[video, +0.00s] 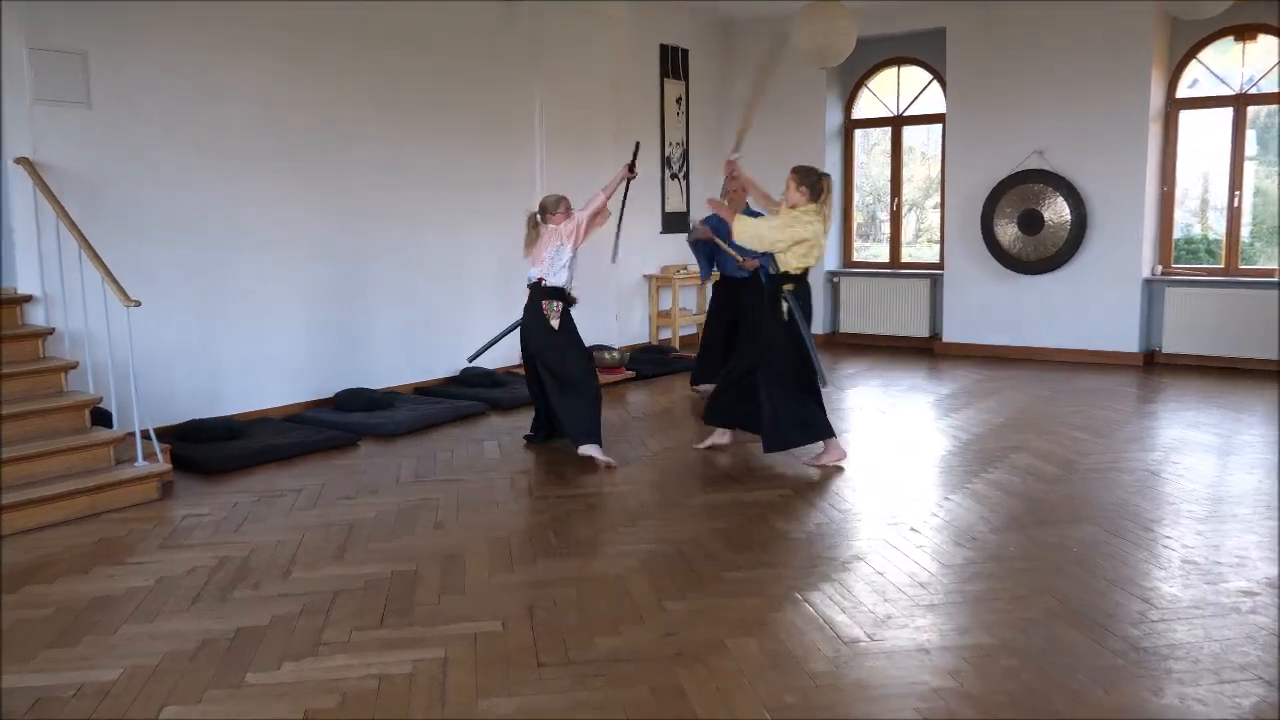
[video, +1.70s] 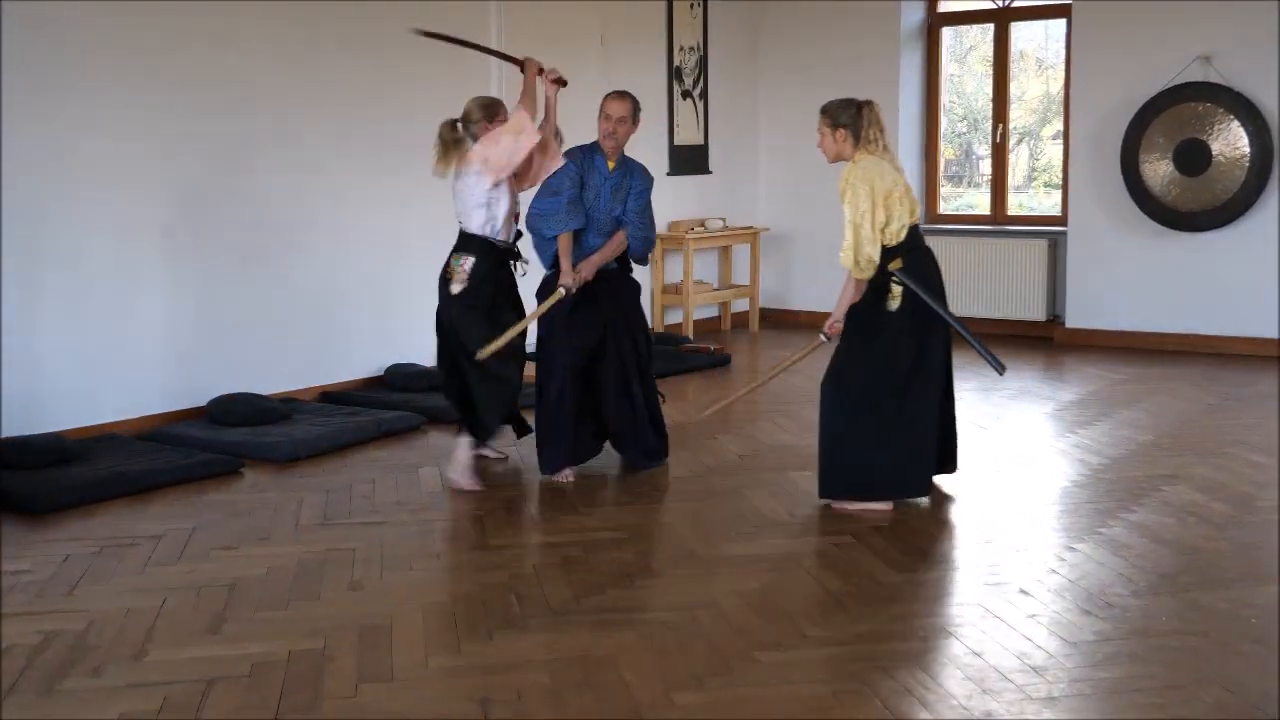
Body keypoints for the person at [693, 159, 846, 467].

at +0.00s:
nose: (784, 191)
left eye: (789, 187)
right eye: (787, 187)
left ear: (804, 193)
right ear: (806, 192)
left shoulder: (804, 224)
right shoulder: (801, 214)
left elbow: (754, 234)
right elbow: (769, 204)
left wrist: (725, 212)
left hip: (787, 297)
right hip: (774, 293)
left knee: (795, 370)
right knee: (745, 359)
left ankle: (832, 444)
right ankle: (724, 428)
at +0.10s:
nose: (765, 184)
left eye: (769, 179)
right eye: (767, 179)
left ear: (782, 184)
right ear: (791, 186)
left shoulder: (783, 217)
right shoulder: (792, 213)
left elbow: (740, 241)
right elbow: (752, 228)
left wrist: (714, 233)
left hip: (769, 291)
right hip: (770, 288)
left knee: (778, 367)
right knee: (738, 359)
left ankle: (829, 438)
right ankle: (723, 431)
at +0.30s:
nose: (733, 180)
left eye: (737, 176)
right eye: (734, 175)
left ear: (751, 180)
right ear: (759, 180)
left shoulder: (755, 211)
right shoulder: (765, 208)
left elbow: (737, 254)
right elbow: (739, 252)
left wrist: (710, 287)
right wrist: (715, 285)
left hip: (753, 291)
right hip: (757, 288)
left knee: (758, 369)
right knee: (729, 359)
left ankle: (811, 445)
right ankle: (726, 435)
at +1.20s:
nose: (735, 162)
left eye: (738, 154)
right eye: (734, 155)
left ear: (758, 149)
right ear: (760, 151)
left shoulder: (785, 182)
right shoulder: (771, 184)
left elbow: (779, 251)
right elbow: (762, 250)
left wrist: (759, 300)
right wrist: (743, 301)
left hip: (806, 288)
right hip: (784, 289)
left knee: (812, 378)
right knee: (741, 361)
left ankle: (856, 470)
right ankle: (742, 453)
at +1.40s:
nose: (768, 156)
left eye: (770, 147)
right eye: (767, 147)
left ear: (790, 141)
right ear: (794, 141)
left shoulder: (815, 175)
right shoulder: (817, 170)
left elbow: (810, 247)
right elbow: (804, 244)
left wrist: (787, 299)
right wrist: (780, 298)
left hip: (844, 283)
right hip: (831, 280)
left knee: (845, 380)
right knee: (782, 364)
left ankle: (866, 483)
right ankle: (766, 453)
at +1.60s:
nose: (803, 146)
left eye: (806, 137)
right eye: (803, 137)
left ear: (826, 136)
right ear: (837, 135)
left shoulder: (844, 175)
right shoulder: (867, 167)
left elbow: (849, 255)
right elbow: (845, 253)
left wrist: (823, 311)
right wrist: (821, 308)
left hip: (877, 291)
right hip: (902, 284)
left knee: (838, 388)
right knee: (885, 383)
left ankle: (869, 490)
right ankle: (884, 485)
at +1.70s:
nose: (818, 143)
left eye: (821, 135)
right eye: (818, 134)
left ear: (843, 135)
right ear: (854, 134)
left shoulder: (859, 175)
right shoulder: (883, 164)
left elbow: (864, 257)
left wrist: (839, 313)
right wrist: (847, 308)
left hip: (892, 288)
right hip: (918, 279)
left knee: (842, 383)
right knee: (894, 379)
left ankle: (869, 492)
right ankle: (901, 478)